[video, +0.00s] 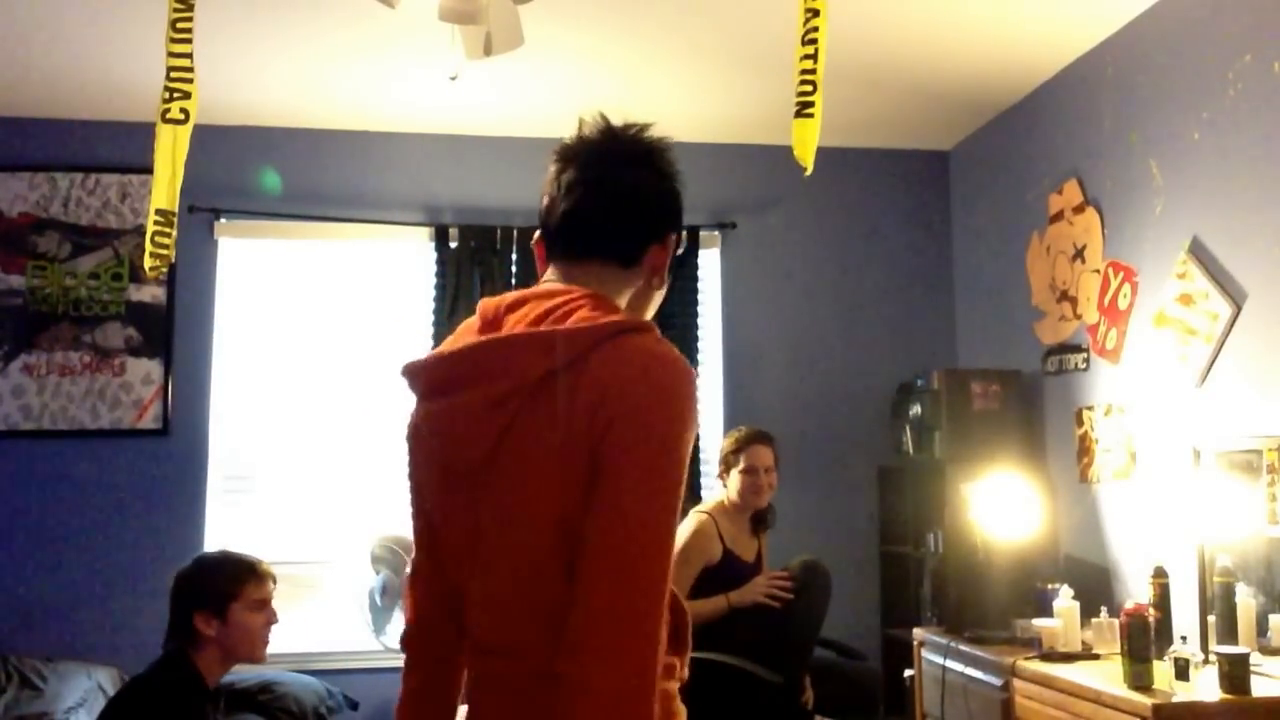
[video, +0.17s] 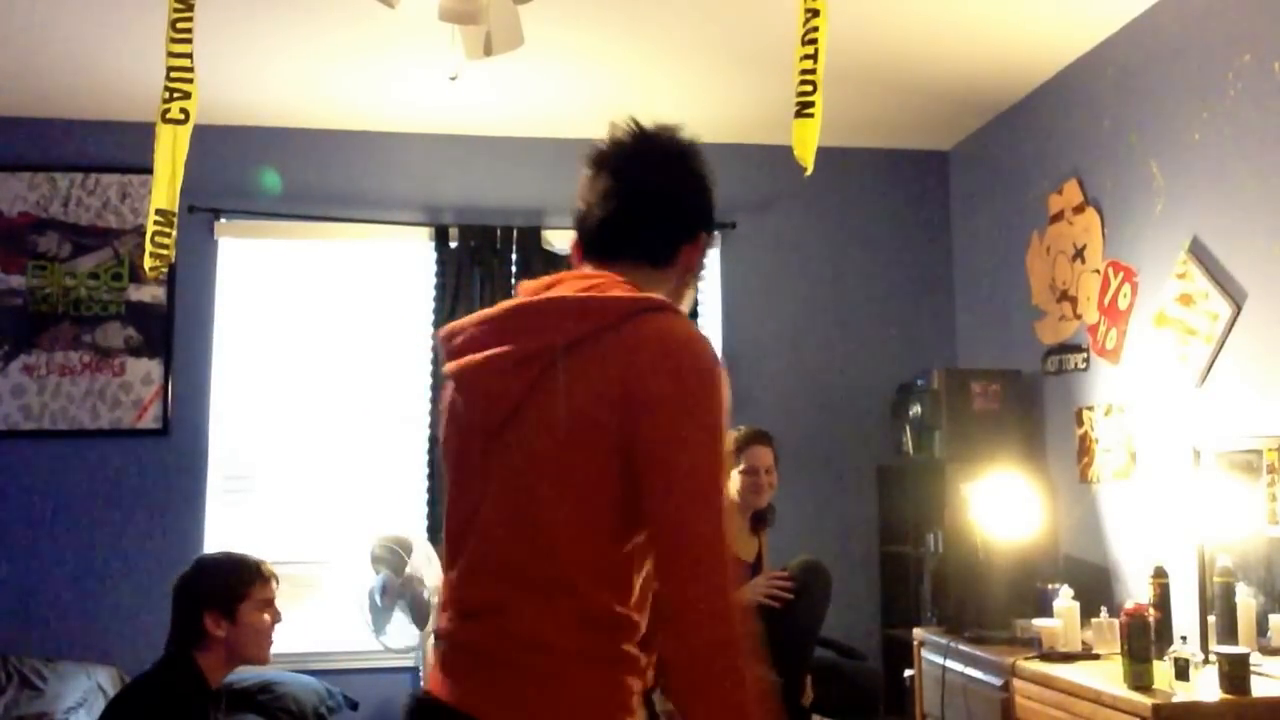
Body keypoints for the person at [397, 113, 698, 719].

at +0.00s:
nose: (666, 280)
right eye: (673, 262)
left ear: (538, 252)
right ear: (660, 257)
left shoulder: (453, 366)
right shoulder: (648, 370)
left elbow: (433, 605)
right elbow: (624, 606)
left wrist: (421, 712)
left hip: (491, 696)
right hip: (605, 700)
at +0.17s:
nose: (696, 285)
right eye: (701, 265)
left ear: (575, 248)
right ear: (694, 253)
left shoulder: (479, 350)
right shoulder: (669, 349)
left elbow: (461, 554)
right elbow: (695, 600)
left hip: (455, 690)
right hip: (586, 697)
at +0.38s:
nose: (685, 292)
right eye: (692, 276)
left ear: (565, 254)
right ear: (683, 265)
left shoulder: (471, 355)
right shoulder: (659, 357)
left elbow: (450, 564)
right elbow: (652, 591)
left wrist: (451, 691)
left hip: (473, 692)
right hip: (600, 696)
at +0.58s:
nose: (678, 286)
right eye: (686, 269)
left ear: (557, 248)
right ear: (677, 259)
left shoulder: (463, 353)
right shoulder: (655, 353)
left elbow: (443, 577)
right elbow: (641, 585)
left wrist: (438, 698)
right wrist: (638, 707)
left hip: (466, 693)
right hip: (588, 697)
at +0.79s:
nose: (681, 295)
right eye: (685, 283)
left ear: (560, 243)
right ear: (677, 273)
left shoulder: (475, 340)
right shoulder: (658, 342)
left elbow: (454, 539)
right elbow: (704, 592)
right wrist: (771, 708)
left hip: (451, 686)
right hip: (582, 697)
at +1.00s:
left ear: (521, 239)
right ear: (644, 262)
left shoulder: (452, 367)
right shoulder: (646, 363)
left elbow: (427, 597)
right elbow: (621, 592)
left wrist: (421, 710)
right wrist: (607, 706)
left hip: (467, 695)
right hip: (591, 700)